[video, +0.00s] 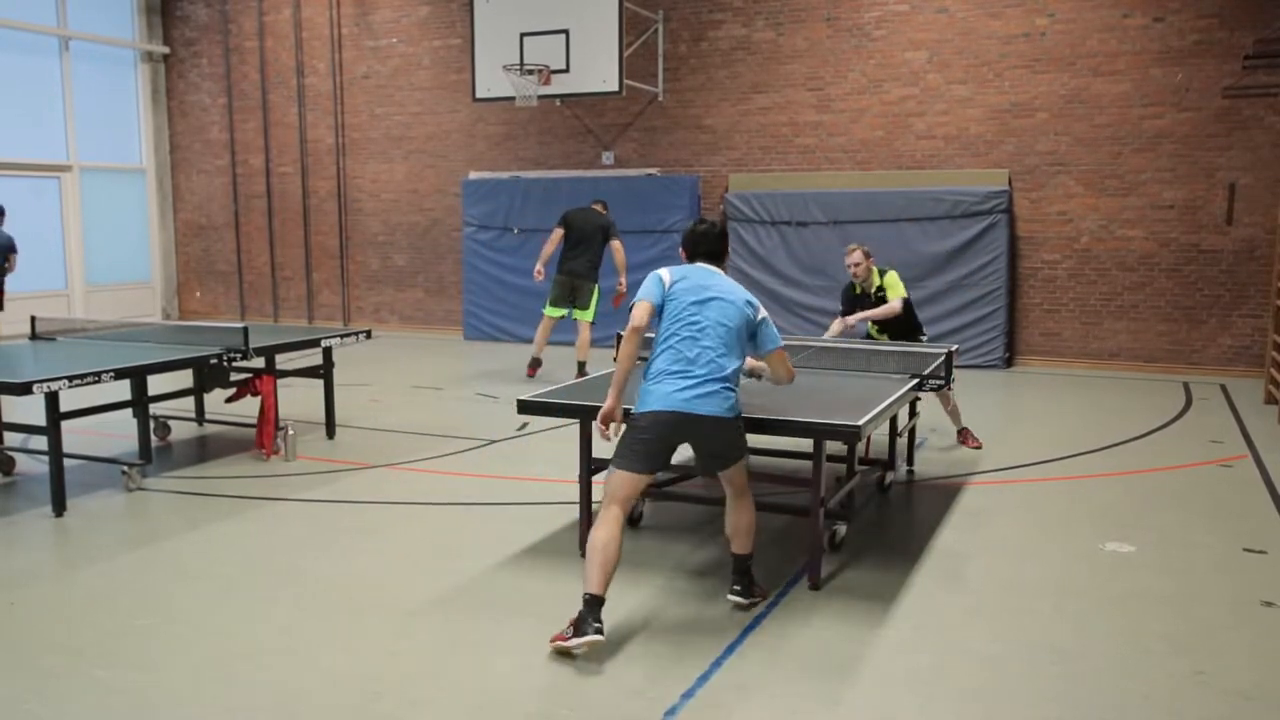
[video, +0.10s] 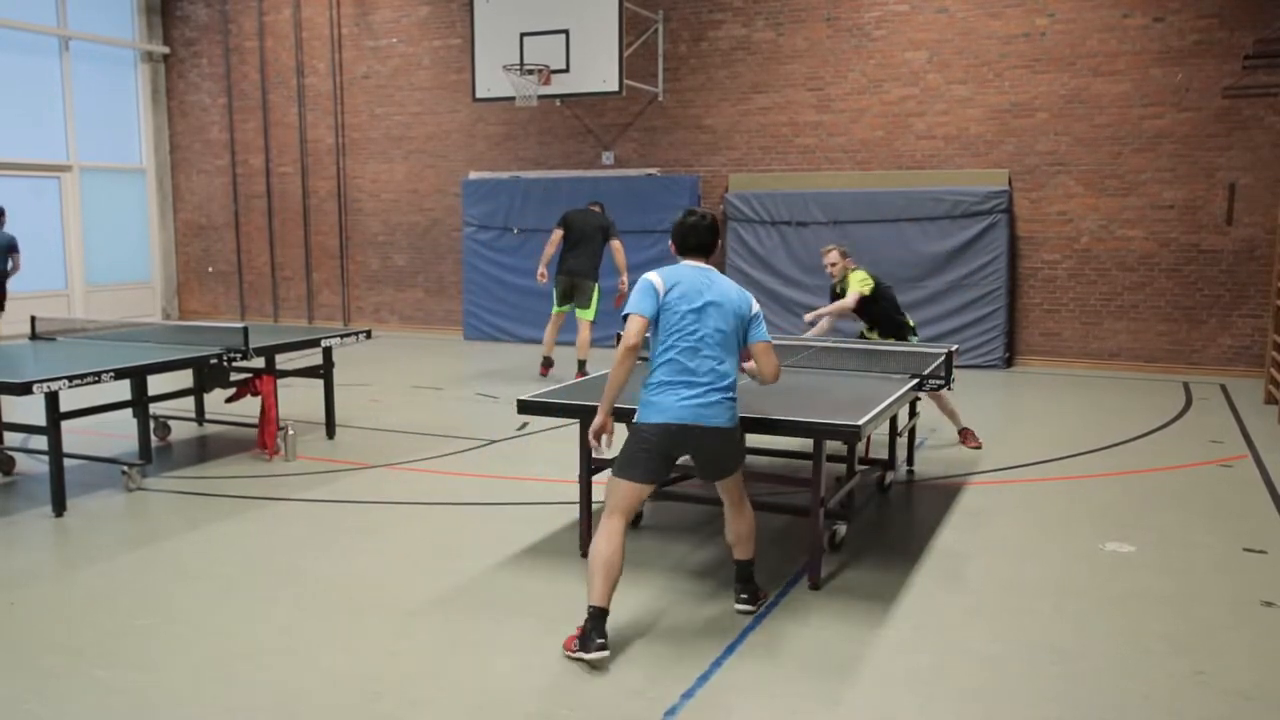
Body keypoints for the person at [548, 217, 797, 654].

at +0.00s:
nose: (681, 258)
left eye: (682, 251)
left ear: (683, 253)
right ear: (727, 256)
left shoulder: (663, 277)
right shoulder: (744, 298)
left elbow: (637, 326)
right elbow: (784, 374)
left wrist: (614, 397)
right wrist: (757, 364)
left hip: (657, 409)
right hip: (716, 413)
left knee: (615, 506)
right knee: (738, 490)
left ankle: (589, 617)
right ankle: (742, 582)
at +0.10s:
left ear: (674, 246)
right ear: (718, 248)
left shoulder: (654, 282)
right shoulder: (741, 296)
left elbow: (631, 344)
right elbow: (769, 373)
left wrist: (605, 409)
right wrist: (747, 362)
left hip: (658, 421)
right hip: (717, 424)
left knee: (616, 515)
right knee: (735, 498)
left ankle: (594, 630)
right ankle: (746, 588)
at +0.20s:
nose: (655, 244)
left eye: (657, 237)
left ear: (660, 242)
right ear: (703, 245)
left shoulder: (633, 282)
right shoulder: (725, 293)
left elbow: (605, 350)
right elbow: (753, 372)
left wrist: (585, 415)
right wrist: (760, 358)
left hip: (647, 427)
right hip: (709, 425)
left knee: (614, 524)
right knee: (729, 502)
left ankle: (599, 641)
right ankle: (750, 587)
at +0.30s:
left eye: (650, 229)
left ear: (653, 234)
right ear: (698, 236)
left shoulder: (621, 275)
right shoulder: (715, 286)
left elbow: (581, 340)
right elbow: (744, 364)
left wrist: (570, 397)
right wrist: (761, 358)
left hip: (633, 419)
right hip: (696, 418)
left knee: (607, 525)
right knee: (727, 503)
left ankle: (598, 642)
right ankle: (755, 597)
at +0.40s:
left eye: (656, 219)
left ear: (657, 224)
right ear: (703, 227)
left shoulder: (622, 263)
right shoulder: (718, 278)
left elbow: (577, 327)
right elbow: (748, 359)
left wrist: (572, 371)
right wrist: (768, 356)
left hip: (625, 410)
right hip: (690, 412)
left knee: (600, 513)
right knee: (724, 503)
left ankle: (591, 634)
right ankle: (745, 607)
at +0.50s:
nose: (725, 233)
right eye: (724, 227)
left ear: (670, 227)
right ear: (717, 230)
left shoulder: (631, 264)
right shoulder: (724, 282)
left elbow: (578, 329)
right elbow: (757, 365)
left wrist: (584, 373)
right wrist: (787, 367)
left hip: (623, 410)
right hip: (687, 416)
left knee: (587, 512)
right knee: (725, 520)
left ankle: (557, 624)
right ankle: (750, 636)